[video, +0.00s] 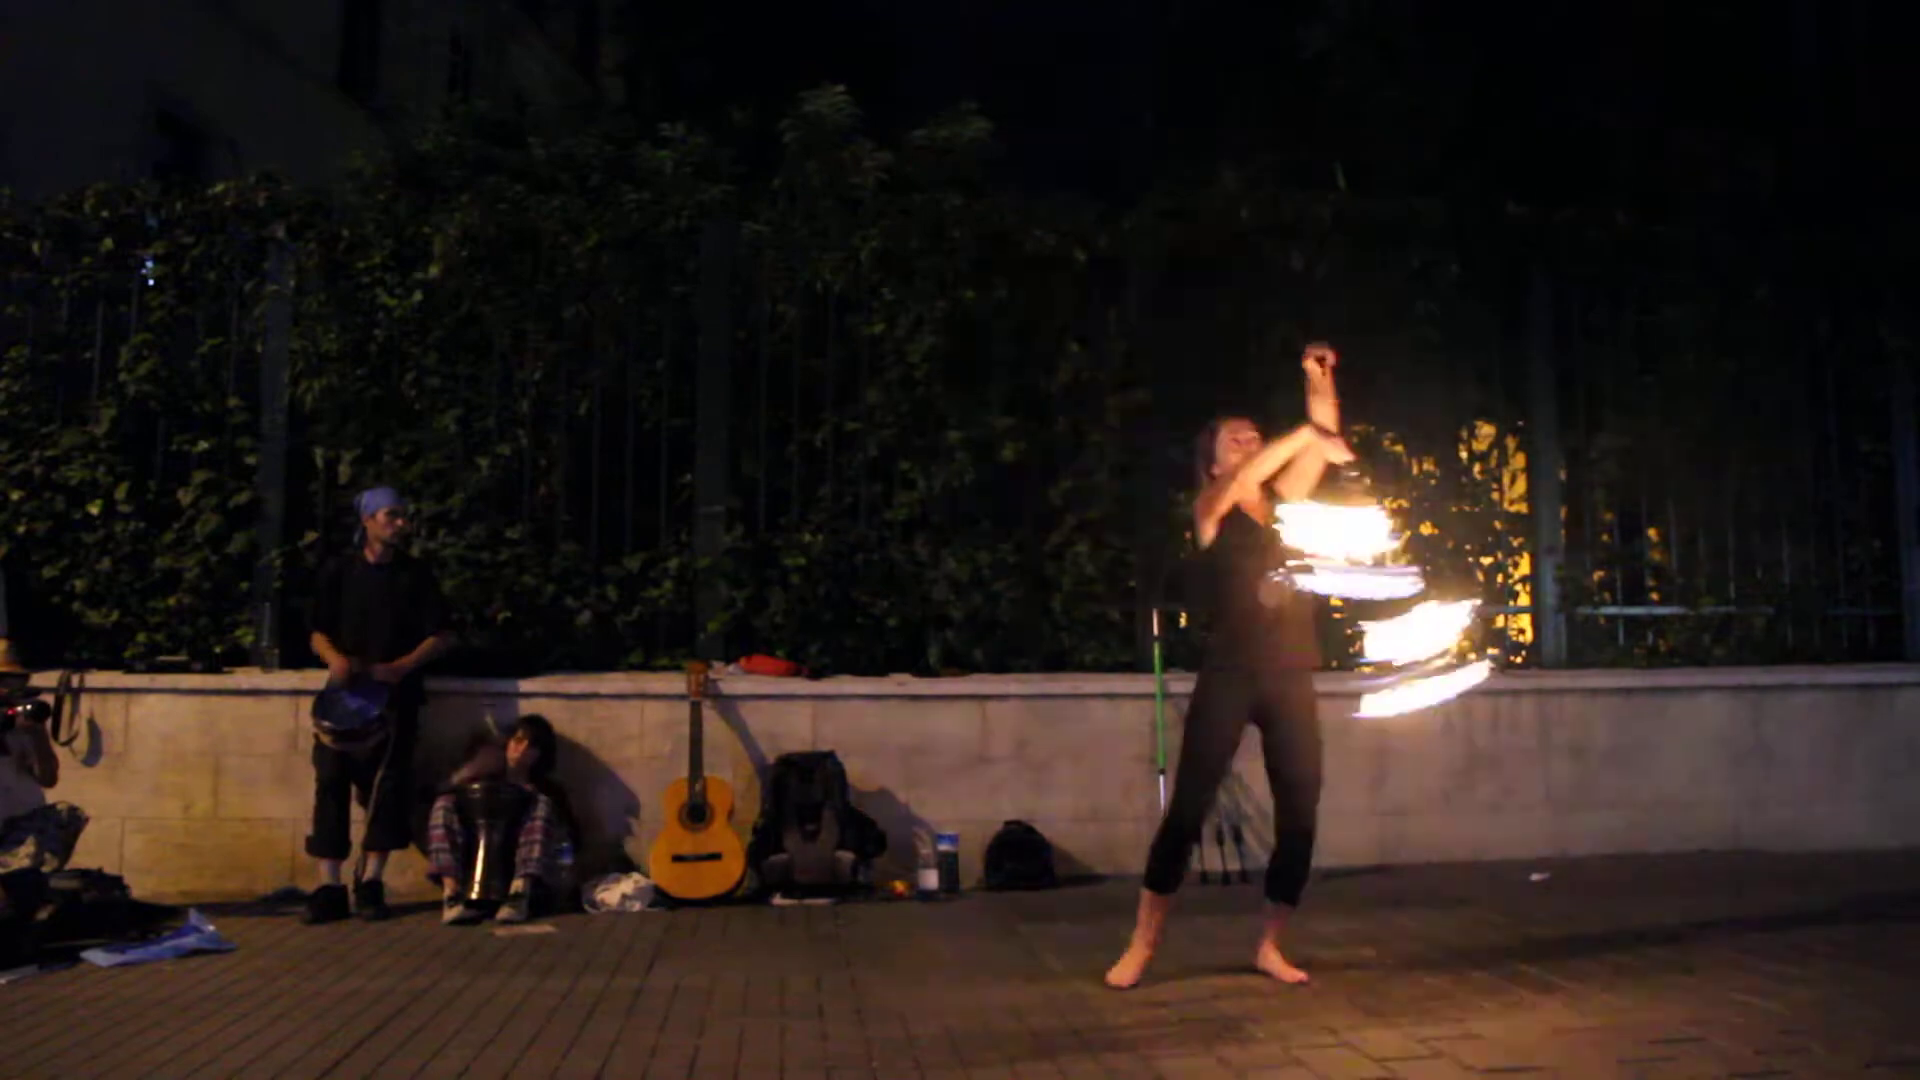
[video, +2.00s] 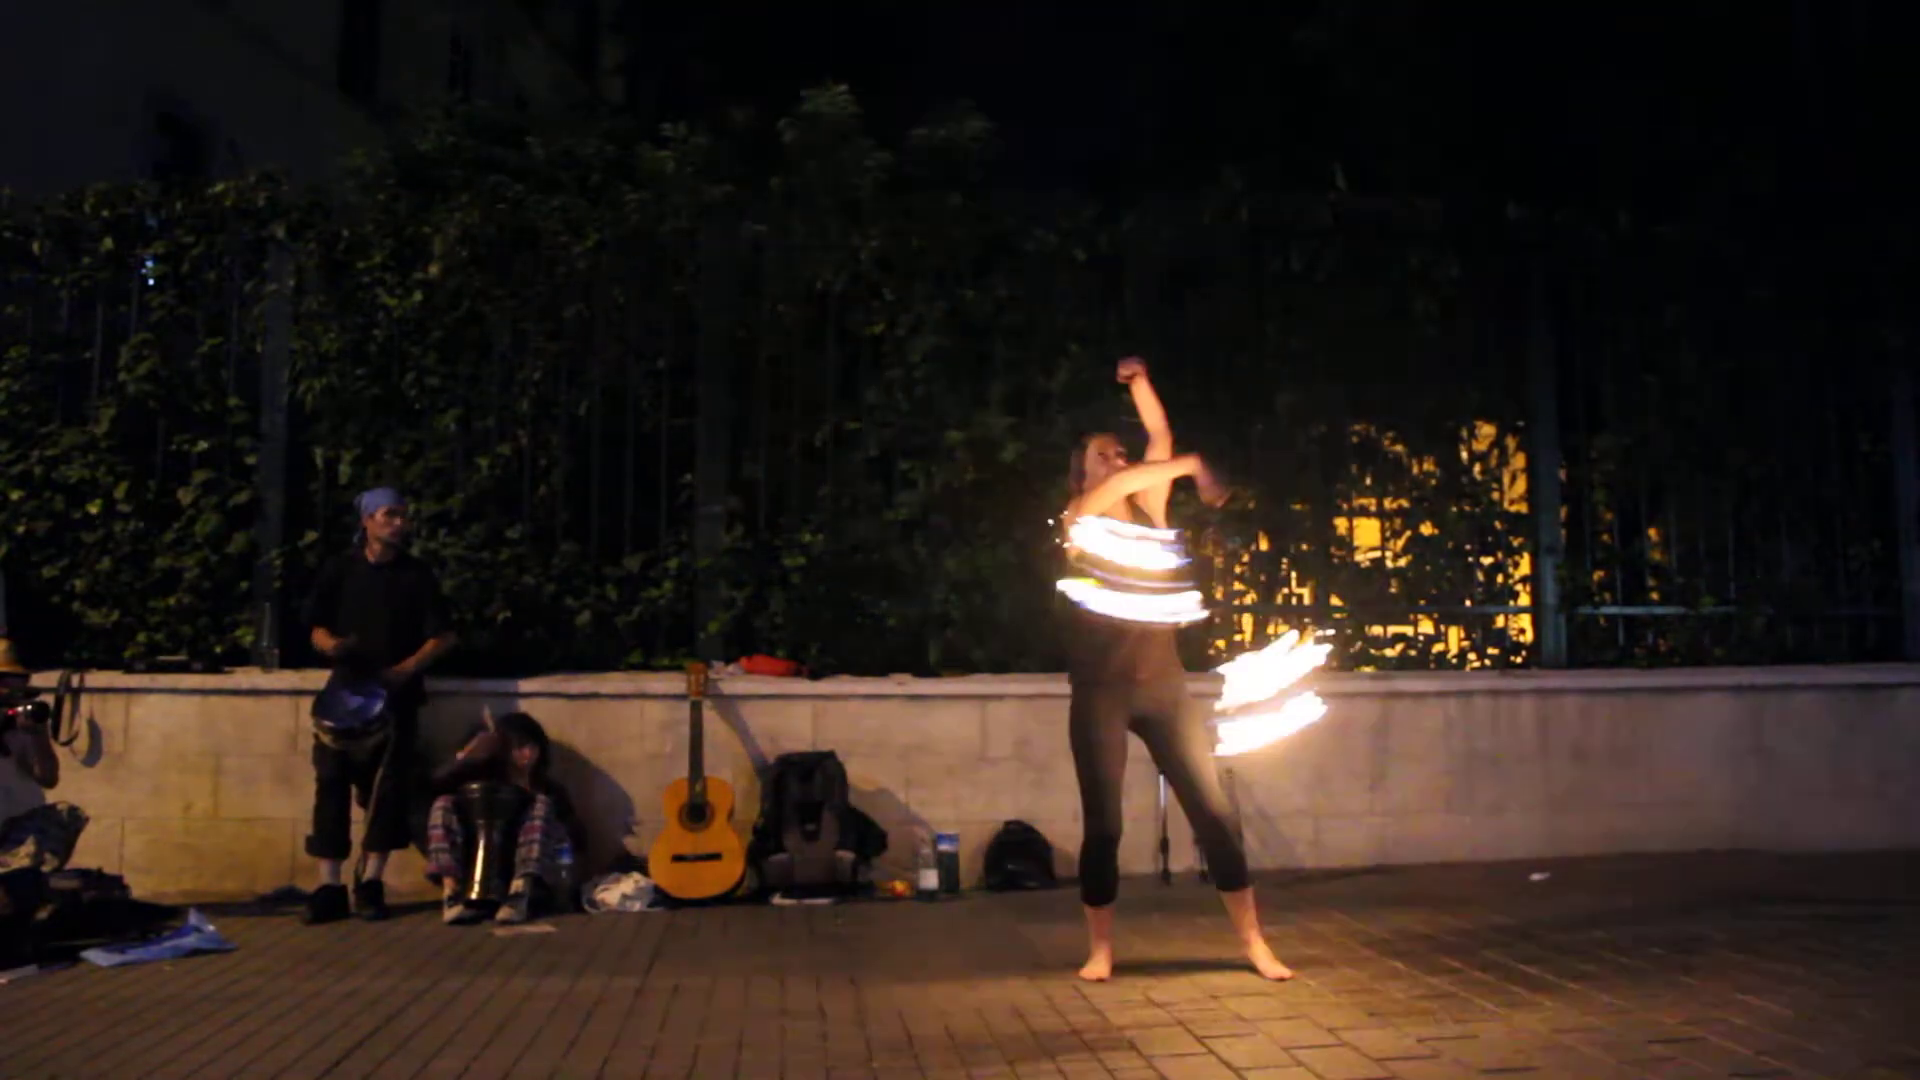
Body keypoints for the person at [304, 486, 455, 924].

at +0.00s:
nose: (401, 523)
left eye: (403, 517)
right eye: (392, 517)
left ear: (403, 523)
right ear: (367, 521)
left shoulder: (416, 573)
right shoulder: (339, 573)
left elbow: (441, 636)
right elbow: (316, 632)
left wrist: (398, 668)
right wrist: (337, 662)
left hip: (395, 694)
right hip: (344, 691)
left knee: (388, 784)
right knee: (331, 783)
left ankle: (371, 880)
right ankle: (329, 883)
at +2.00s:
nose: (400, 523)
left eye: (403, 517)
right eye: (391, 516)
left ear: (406, 523)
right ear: (367, 522)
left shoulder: (417, 575)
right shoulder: (341, 571)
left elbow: (442, 637)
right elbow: (316, 629)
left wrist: (405, 669)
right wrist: (336, 647)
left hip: (395, 693)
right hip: (345, 690)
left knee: (388, 786)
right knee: (331, 784)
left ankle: (371, 880)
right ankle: (330, 883)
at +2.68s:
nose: (397, 525)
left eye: (400, 518)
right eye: (388, 518)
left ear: (405, 524)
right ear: (366, 524)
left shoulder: (417, 575)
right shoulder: (340, 572)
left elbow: (442, 637)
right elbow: (314, 627)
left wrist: (403, 657)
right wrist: (336, 656)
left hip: (397, 692)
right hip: (345, 689)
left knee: (390, 782)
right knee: (331, 781)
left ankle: (371, 880)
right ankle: (330, 883)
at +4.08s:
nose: (400, 524)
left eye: (403, 517)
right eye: (392, 517)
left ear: (404, 522)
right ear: (368, 521)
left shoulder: (417, 573)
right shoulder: (342, 571)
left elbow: (440, 638)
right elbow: (319, 631)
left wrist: (395, 668)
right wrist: (334, 647)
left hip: (397, 693)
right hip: (346, 690)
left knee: (390, 782)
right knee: (331, 779)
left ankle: (370, 880)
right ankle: (330, 882)